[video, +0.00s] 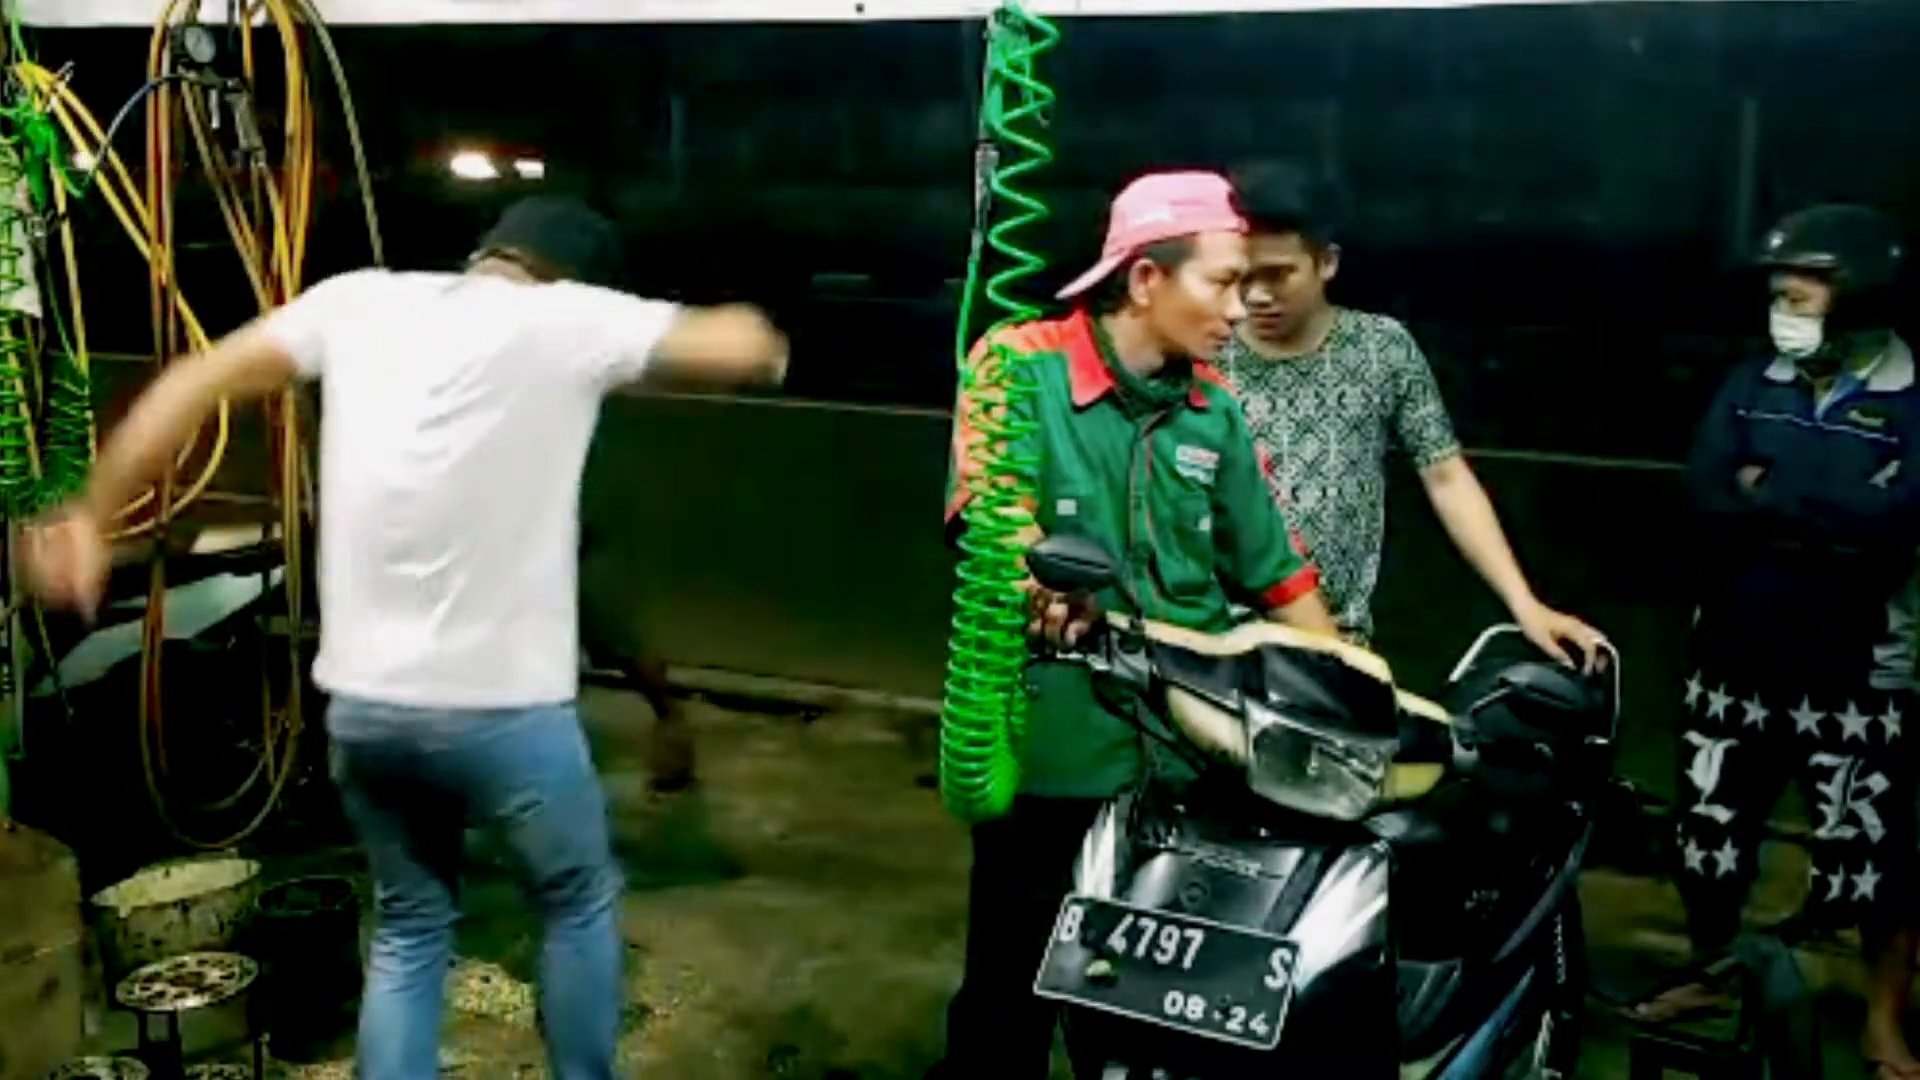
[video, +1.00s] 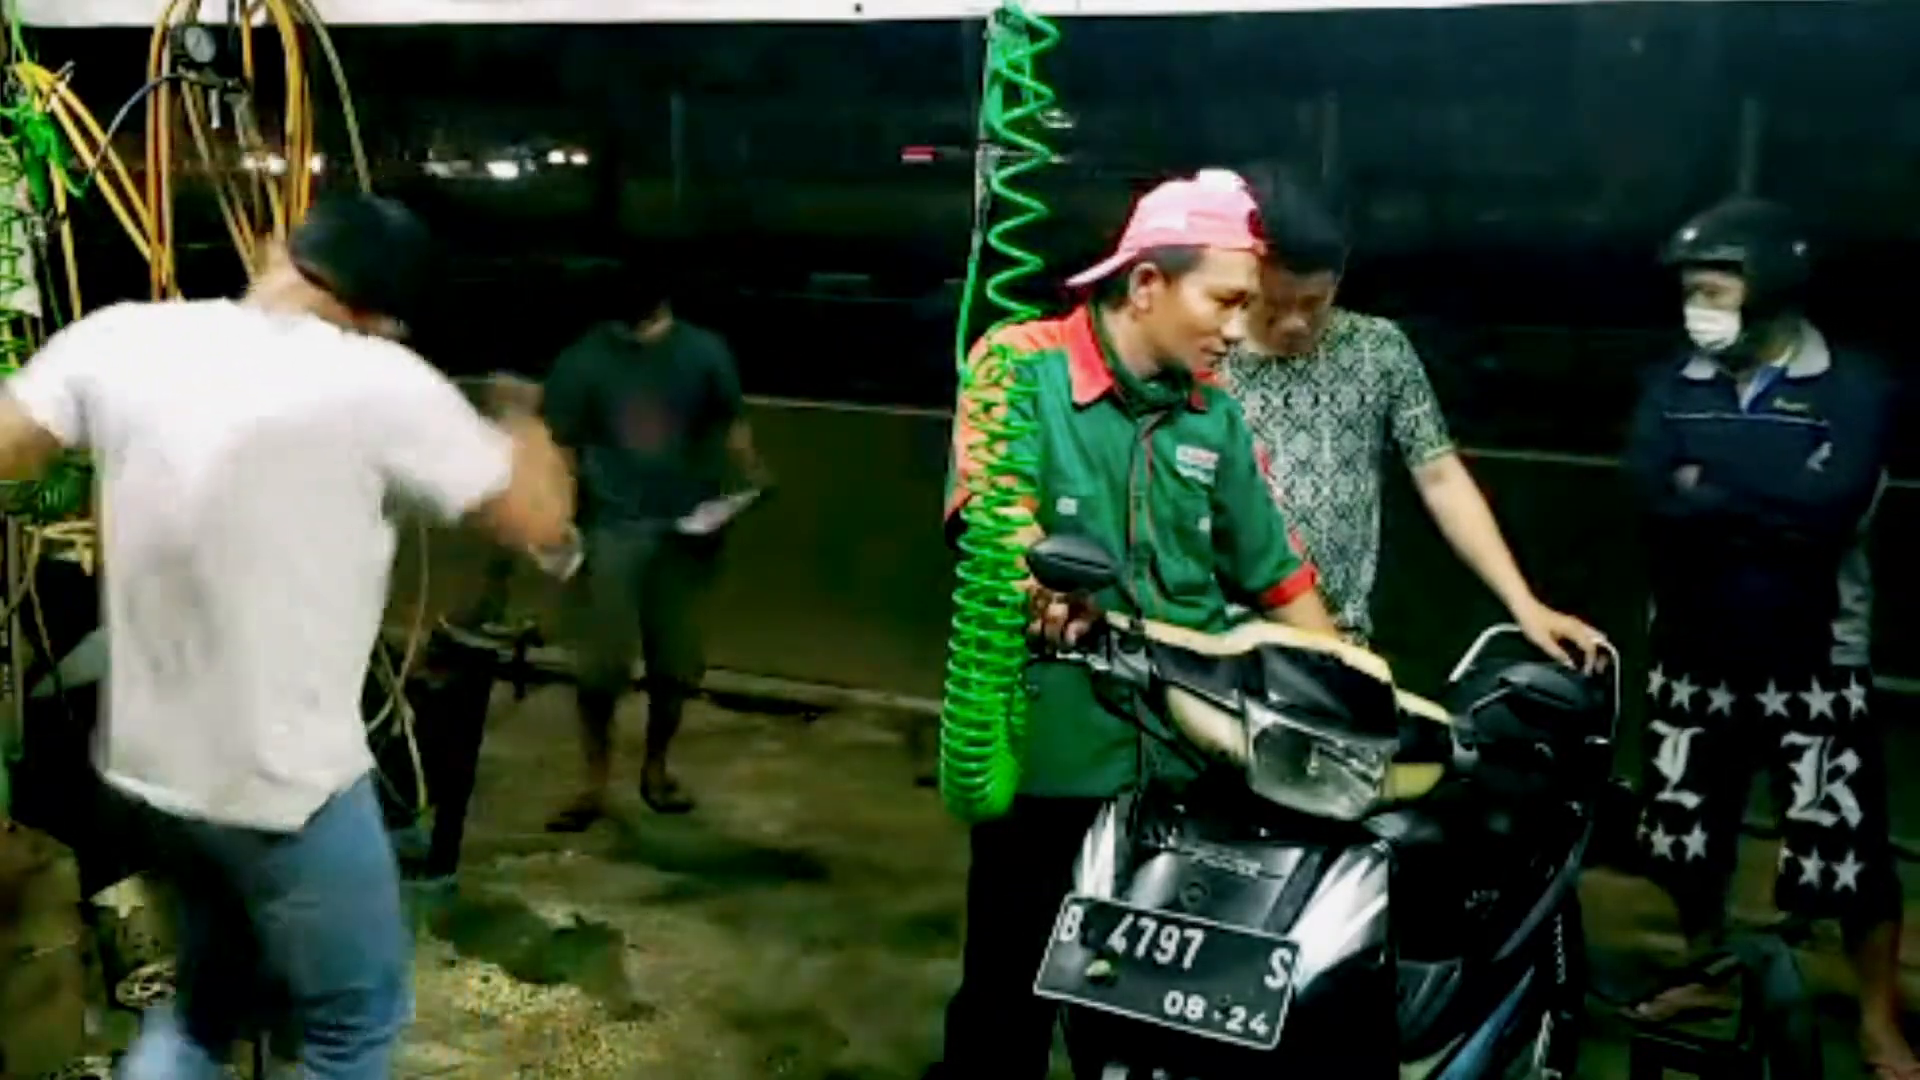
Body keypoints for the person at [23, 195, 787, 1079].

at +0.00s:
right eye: (585, 276)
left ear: (486, 253)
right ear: (565, 273)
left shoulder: (354, 302)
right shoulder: (572, 321)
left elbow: (191, 381)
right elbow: (750, 348)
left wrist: (89, 515)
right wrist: (692, 331)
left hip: (364, 709)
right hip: (508, 714)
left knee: (407, 921)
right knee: (577, 903)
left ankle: (391, 1074)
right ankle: (584, 1069)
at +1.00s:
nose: (388, 341)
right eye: (393, 327)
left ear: (279, 258)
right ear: (375, 318)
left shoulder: (121, 338)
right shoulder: (380, 381)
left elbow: (9, 446)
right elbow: (537, 519)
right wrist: (528, 425)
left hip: (143, 767)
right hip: (291, 788)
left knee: (204, 1008)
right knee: (352, 1030)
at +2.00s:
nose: (355, 335)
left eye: (362, 316)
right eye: (354, 313)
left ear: (240, 293)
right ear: (311, 296)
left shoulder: (123, 407)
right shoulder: (326, 415)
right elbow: (388, 610)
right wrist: (520, 655)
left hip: (162, 781)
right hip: (291, 786)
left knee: (302, 969)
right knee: (424, 1017)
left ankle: (253, 1070)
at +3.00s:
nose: (524, 268)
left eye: (537, 249)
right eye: (505, 243)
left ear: (546, 238)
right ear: (435, 228)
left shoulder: (467, 314)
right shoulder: (406, 308)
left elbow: (566, 354)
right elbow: (295, 429)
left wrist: (630, 353)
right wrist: (352, 598)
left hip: (431, 670)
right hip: (471, 670)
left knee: (432, 860)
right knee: (545, 881)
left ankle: (344, 1061)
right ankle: (518, 1061)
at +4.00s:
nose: (571, 229)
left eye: (593, 214)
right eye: (562, 209)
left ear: (649, 224)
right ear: (548, 209)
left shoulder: (703, 310)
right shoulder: (514, 304)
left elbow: (793, 386)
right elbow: (435, 401)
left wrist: (764, 410)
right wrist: (447, 522)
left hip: (665, 611)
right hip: (554, 617)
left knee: (688, 803)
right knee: (580, 821)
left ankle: (641, 990)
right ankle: (535, 952)